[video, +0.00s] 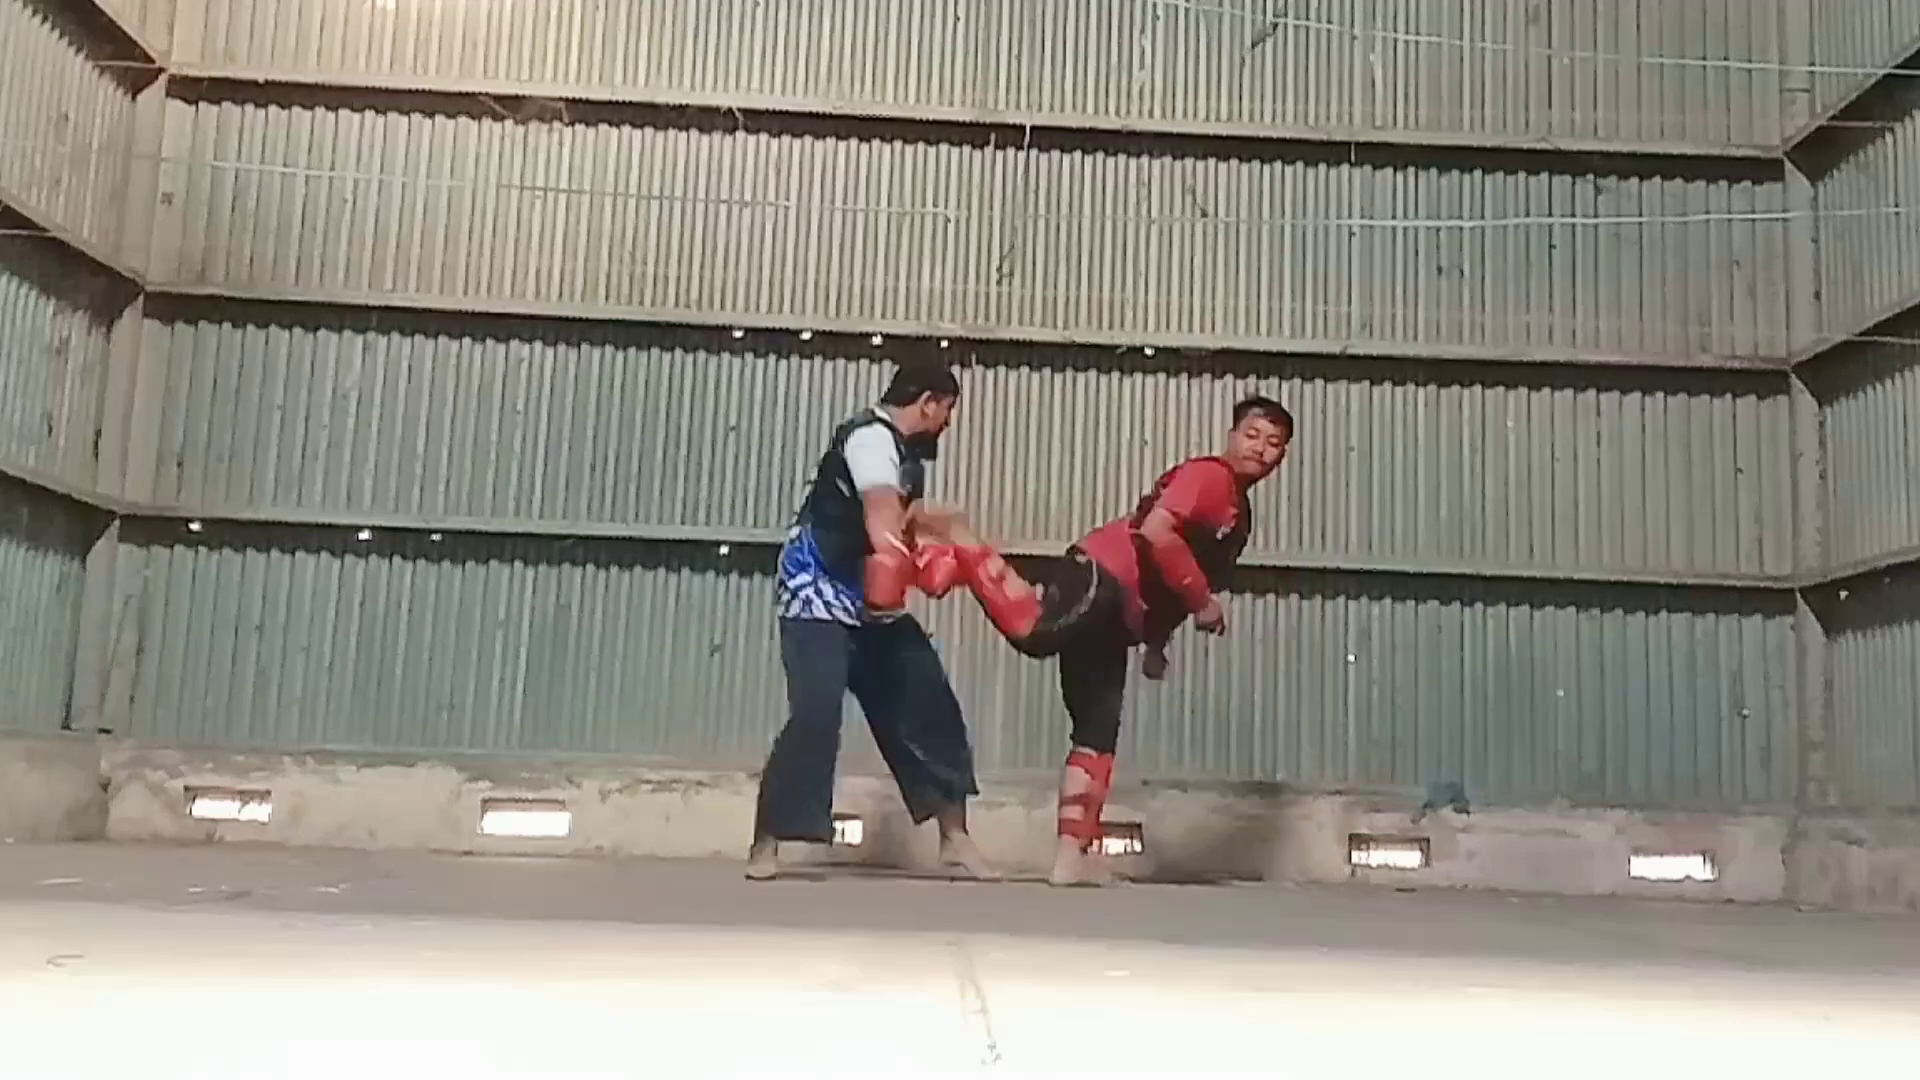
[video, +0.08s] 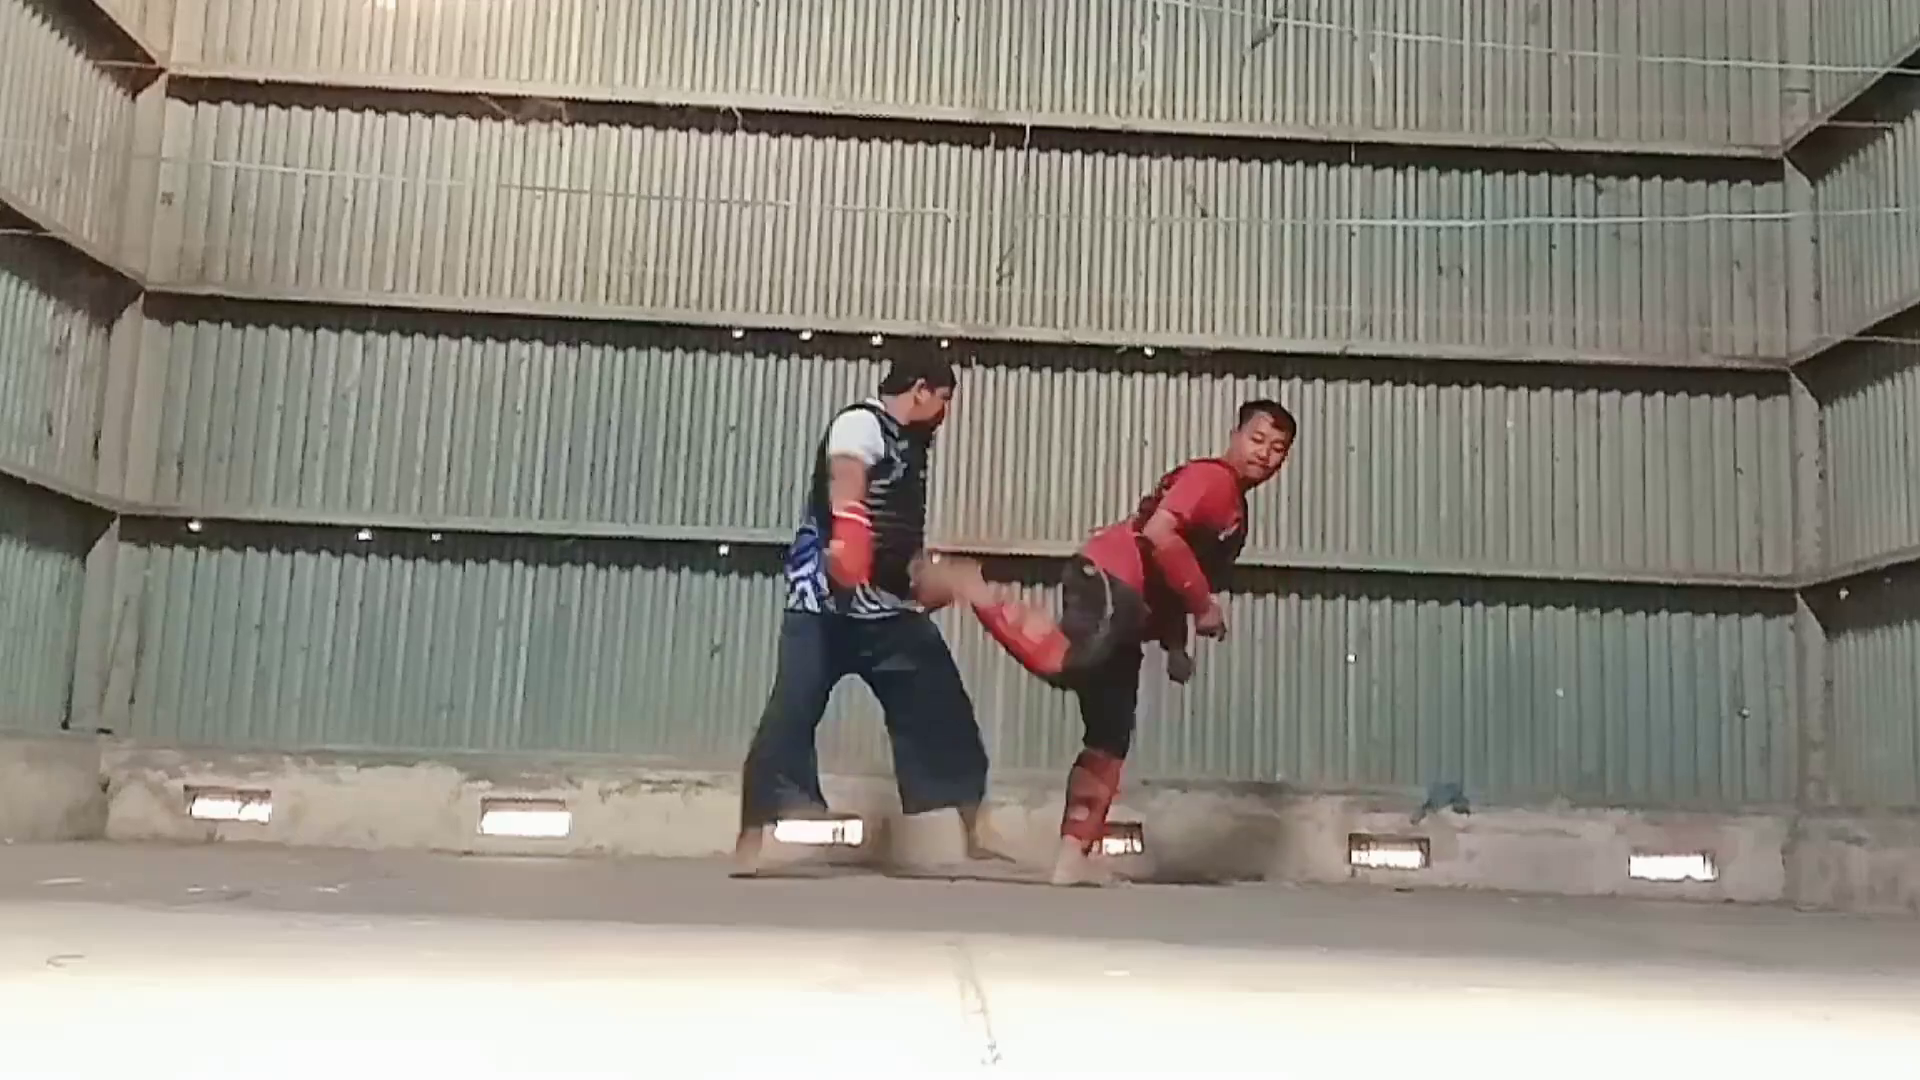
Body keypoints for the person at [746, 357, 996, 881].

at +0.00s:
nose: (948, 421)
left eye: (951, 411)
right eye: (949, 410)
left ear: (919, 401)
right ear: (927, 402)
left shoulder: (910, 452)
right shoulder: (872, 440)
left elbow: (906, 520)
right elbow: (884, 533)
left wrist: (947, 541)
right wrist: (918, 570)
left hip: (873, 603)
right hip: (817, 597)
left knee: (929, 700)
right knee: (816, 713)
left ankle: (955, 839)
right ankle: (767, 841)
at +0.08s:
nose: (946, 411)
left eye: (949, 400)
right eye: (945, 399)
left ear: (919, 392)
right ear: (919, 391)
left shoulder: (912, 444)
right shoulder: (857, 425)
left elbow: (903, 532)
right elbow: (846, 492)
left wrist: (927, 582)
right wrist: (850, 552)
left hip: (893, 610)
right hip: (825, 607)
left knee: (941, 706)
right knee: (795, 706)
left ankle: (966, 824)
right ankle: (762, 831)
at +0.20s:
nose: (942, 433)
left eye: (945, 424)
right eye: (938, 422)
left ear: (913, 418)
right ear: (906, 414)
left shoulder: (920, 472)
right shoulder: (853, 450)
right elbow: (808, 489)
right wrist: (791, 539)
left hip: (912, 644)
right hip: (833, 645)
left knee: (985, 720)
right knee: (779, 735)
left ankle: (1021, 836)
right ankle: (710, 837)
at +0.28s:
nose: (963, 448)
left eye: (965, 439)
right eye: (957, 437)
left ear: (933, 435)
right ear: (923, 431)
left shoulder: (939, 497)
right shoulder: (864, 473)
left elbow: (915, 561)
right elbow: (800, 518)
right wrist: (761, 563)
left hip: (925, 660)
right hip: (846, 654)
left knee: (1000, 741)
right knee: (783, 740)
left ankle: (1036, 849)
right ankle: (708, 846)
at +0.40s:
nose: (1019, 455)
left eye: (1021, 447)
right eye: (1007, 446)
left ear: (1016, 460)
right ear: (970, 453)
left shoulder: (1026, 522)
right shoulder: (921, 498)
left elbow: (1075, 570)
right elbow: (851, 539)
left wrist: (1122, 588)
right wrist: (795, 578)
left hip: (961, 681)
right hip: (884, 665)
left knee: (1019, 762)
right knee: (810, 733)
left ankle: (1067, 859)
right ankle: (723, 835)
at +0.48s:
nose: (1043, 480)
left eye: (1047, 472)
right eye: (1032, 470)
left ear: (1047, 480)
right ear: (998, 473)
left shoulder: (1055, 530)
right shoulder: (952, 510)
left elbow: (1127, 541)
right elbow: (878, 540)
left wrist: (1183, 540)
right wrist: (826, 570)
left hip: (972, 683)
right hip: (897, 664)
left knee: (1020, 759)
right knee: (824, 731)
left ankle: (1044, 857)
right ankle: (748, 838)